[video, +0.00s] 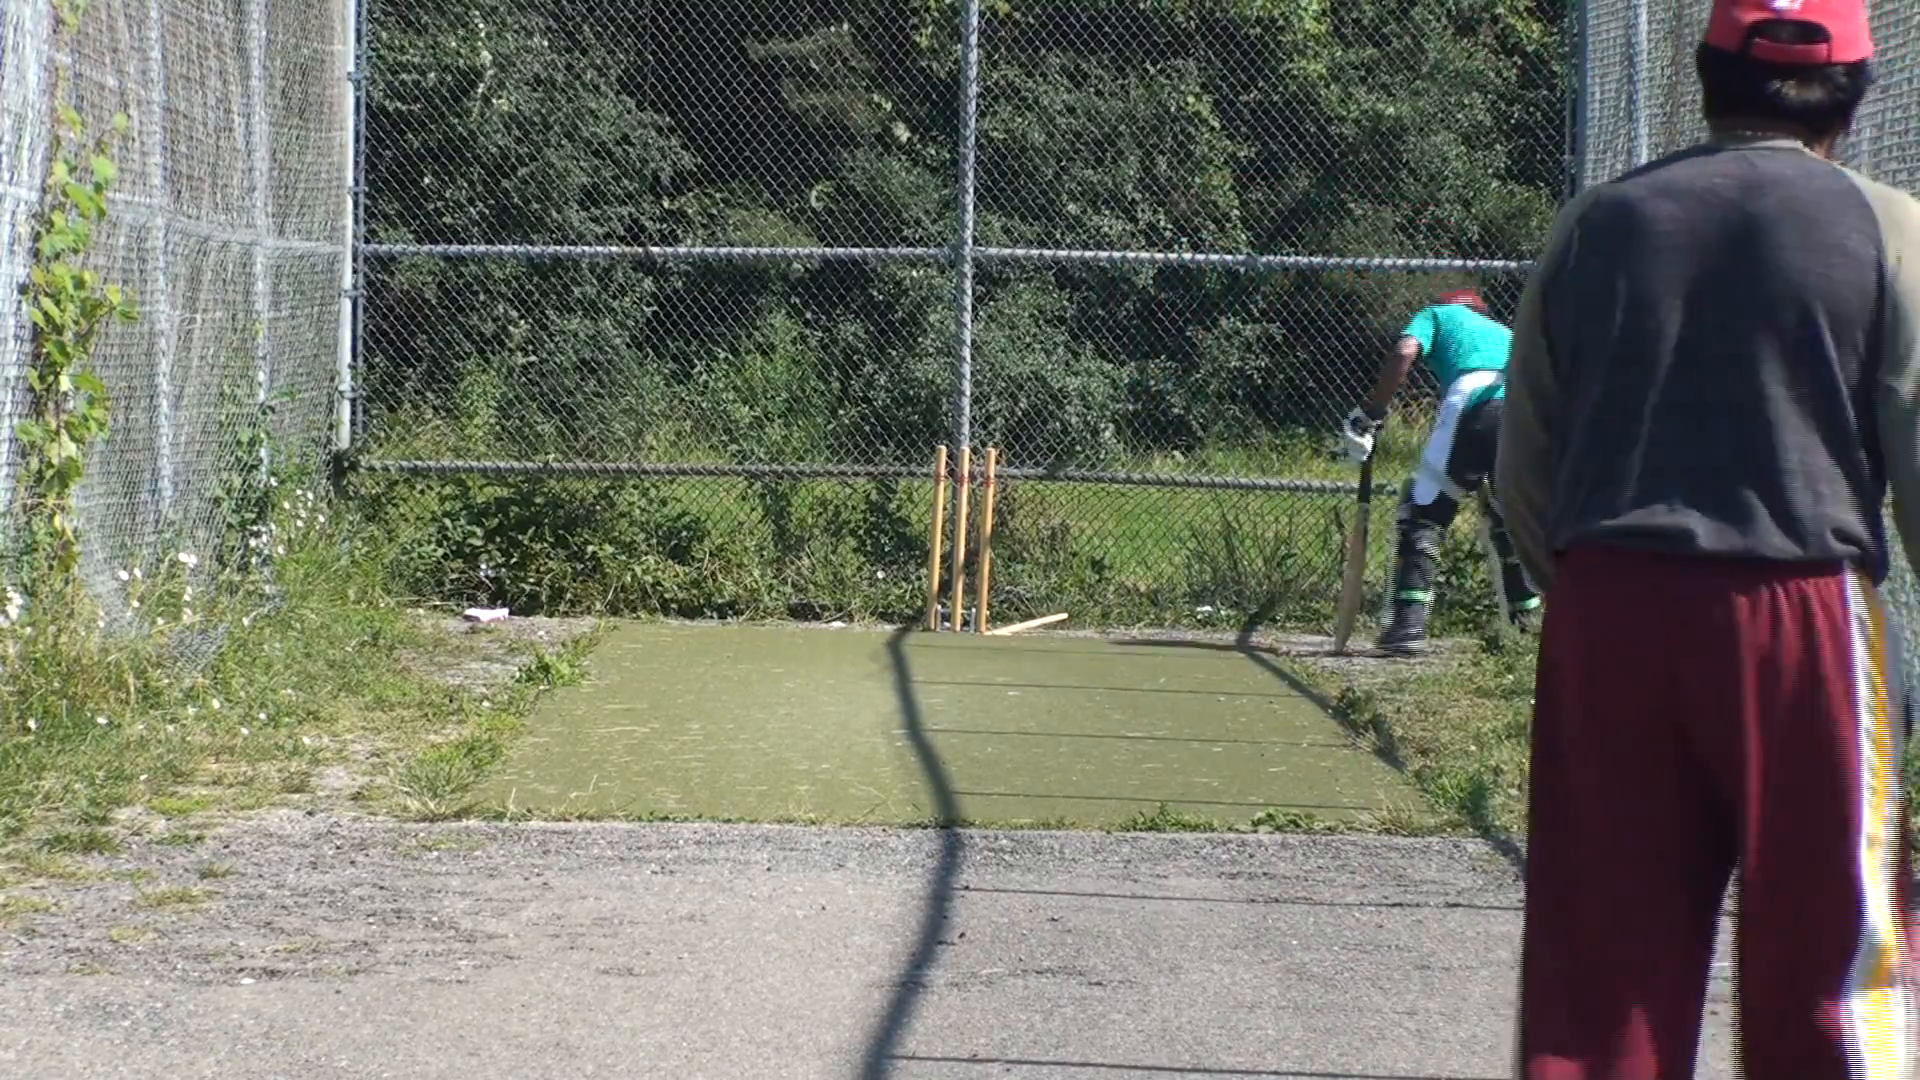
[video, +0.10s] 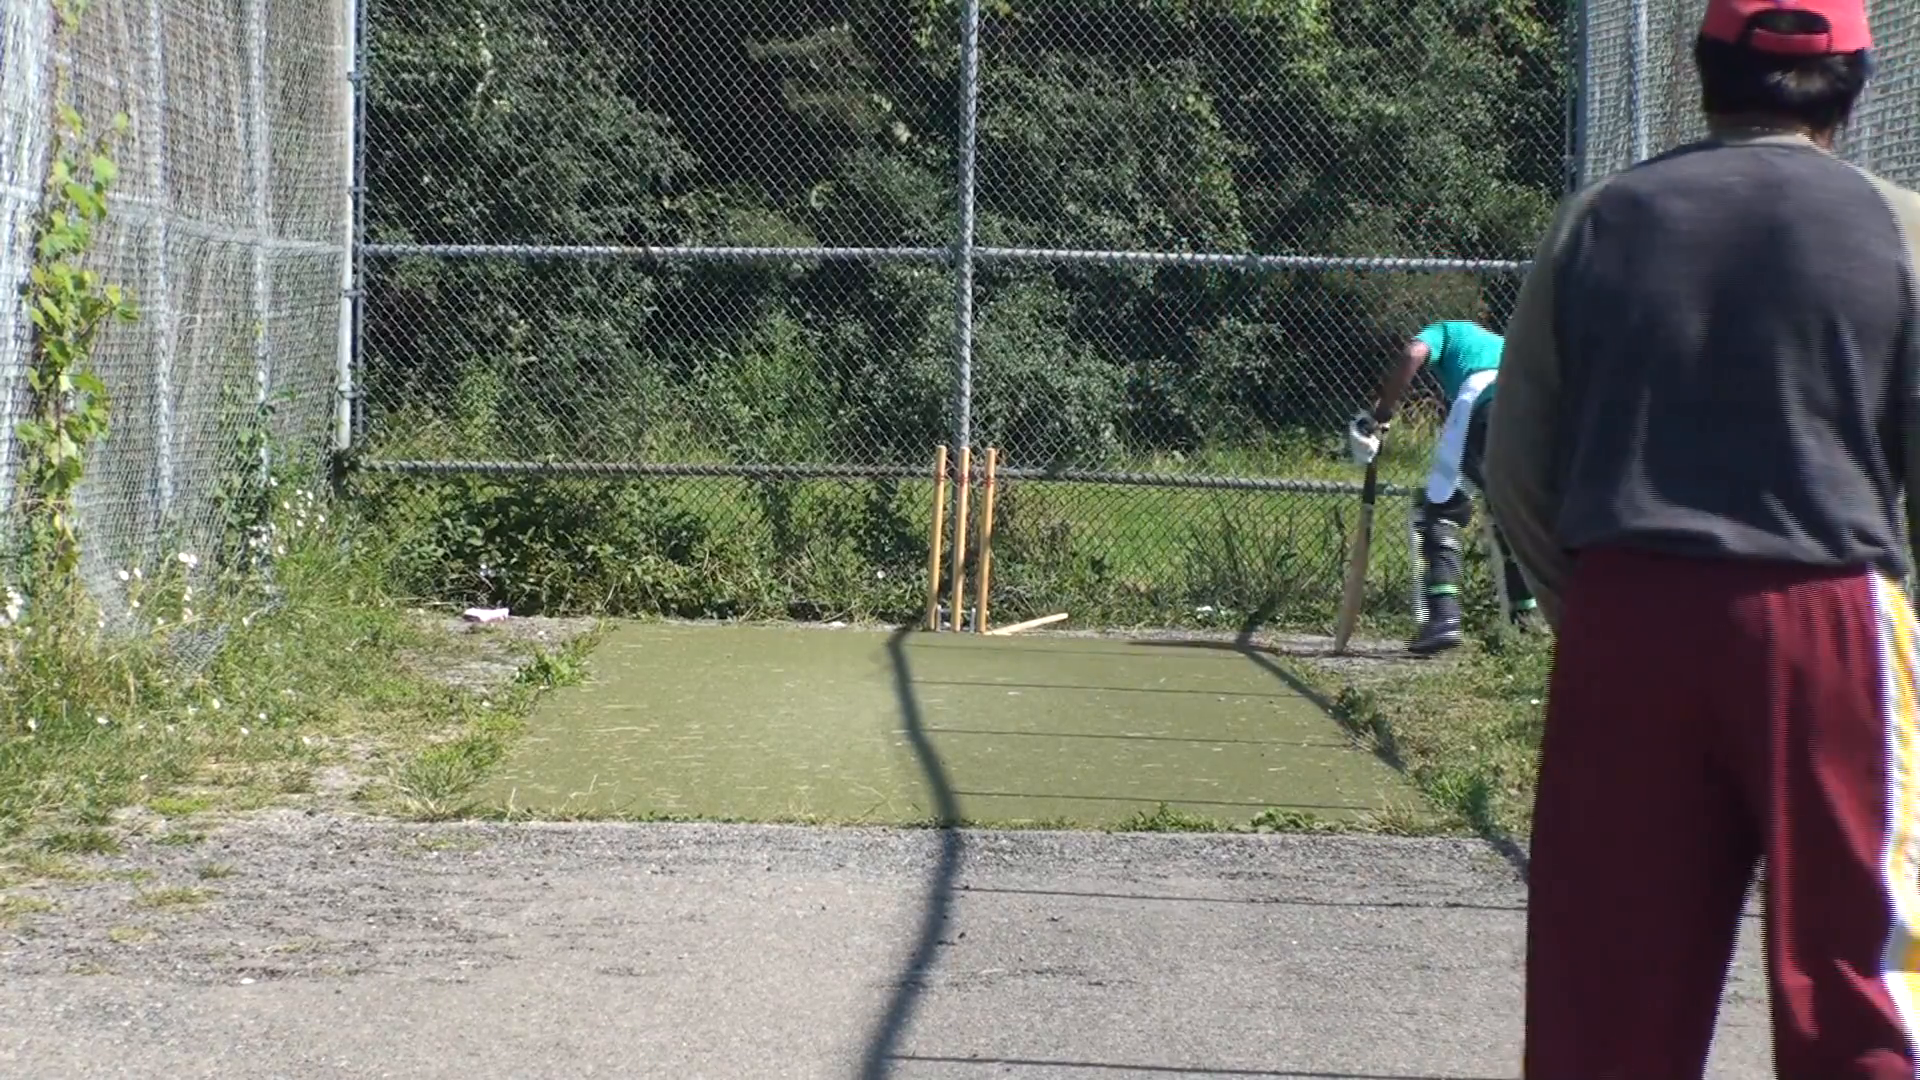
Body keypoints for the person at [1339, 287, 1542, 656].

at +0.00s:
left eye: (1441, 307)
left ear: (1446, 306)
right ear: (1482, 311)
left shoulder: (1435, 313)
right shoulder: (1506, 331)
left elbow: (1405, 354)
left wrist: (1368, 416)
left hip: (1475, 403)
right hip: (1528, 404)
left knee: (1426, 514)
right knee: (1508, 508)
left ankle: (1409, 623)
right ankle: (1527, 611)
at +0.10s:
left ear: (1446, 332)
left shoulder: (1443, 331)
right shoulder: (1503, 342)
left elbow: (1413, 354)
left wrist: (1381, 415)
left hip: (1483, 385)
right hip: (1529, 386)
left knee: (1441, 508)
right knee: (1509, 502)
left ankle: (1444, 617)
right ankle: (1523, 611)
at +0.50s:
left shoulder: (1456, 393)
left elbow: (1431, 370)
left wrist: (1395, 425)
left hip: (1500, 413)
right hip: (1558, 418)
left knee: (1490, 517)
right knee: (1527, 513)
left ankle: (1497, 616)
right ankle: (1537, 609)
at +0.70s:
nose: (1457, 479)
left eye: (1448, 472)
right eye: (1452, 475)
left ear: (1446, 443)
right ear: (1459, 444)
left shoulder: (1454, 393)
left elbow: (1431, 369)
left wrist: (1396, 427)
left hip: (1498, 410)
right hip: (1554, 415)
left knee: (1485, 513)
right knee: (1525, 513)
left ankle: (1494, 614)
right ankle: (1537, 609)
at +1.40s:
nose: (1395, 250)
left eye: (1398, 239)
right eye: (1394, 240)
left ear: (1419, 234)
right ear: (1446, 234)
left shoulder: (1421, 278)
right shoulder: (1488, 270)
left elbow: (1409, 359)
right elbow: (1496, 337)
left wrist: (1381, 420)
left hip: (1467, 406)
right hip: (1514, 399)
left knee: (1428, 509)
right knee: (1499, 504)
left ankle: (1454, 625)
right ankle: (1518, 614)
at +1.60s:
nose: (1397, 231)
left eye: (1404, 221)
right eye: (1396, 222)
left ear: (1428, 222)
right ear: (1441, 223)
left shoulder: (1422, 273)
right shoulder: (1476, 262)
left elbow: (1411, 354)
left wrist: (1383, 416)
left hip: (1452, 407)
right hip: (1496, 402)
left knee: (1426, 509)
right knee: (1461, 499)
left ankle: (1453, 620)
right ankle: (1505, 606)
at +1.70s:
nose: (1396, 224)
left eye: (1404, 216)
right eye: (1396, 215)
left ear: (1430, 220)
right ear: (1439, 222)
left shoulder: (1429, 269)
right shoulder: (1463, 260)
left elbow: (1418, 351)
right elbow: (1465, 336)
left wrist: (1391, 415)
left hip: (1450, 404)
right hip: (1483, 397)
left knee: (1425, 507)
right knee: (1439, 502)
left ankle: (1452, 619)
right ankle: (1480, 604)